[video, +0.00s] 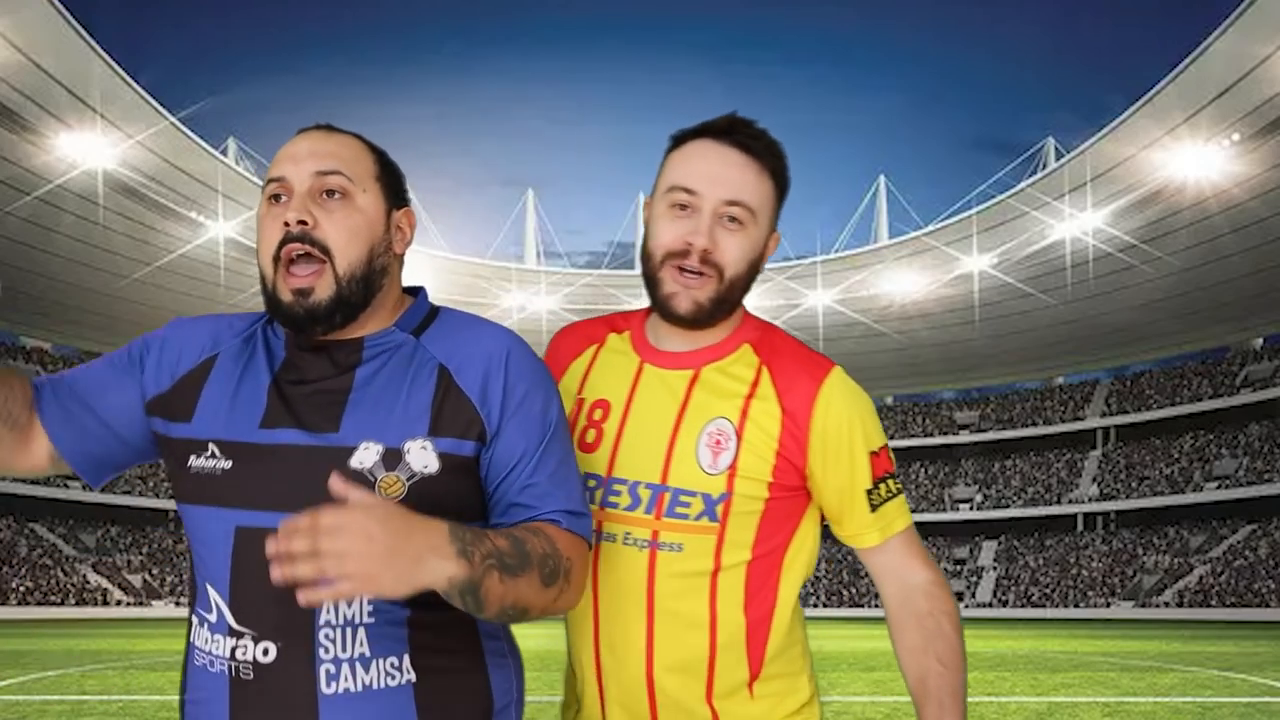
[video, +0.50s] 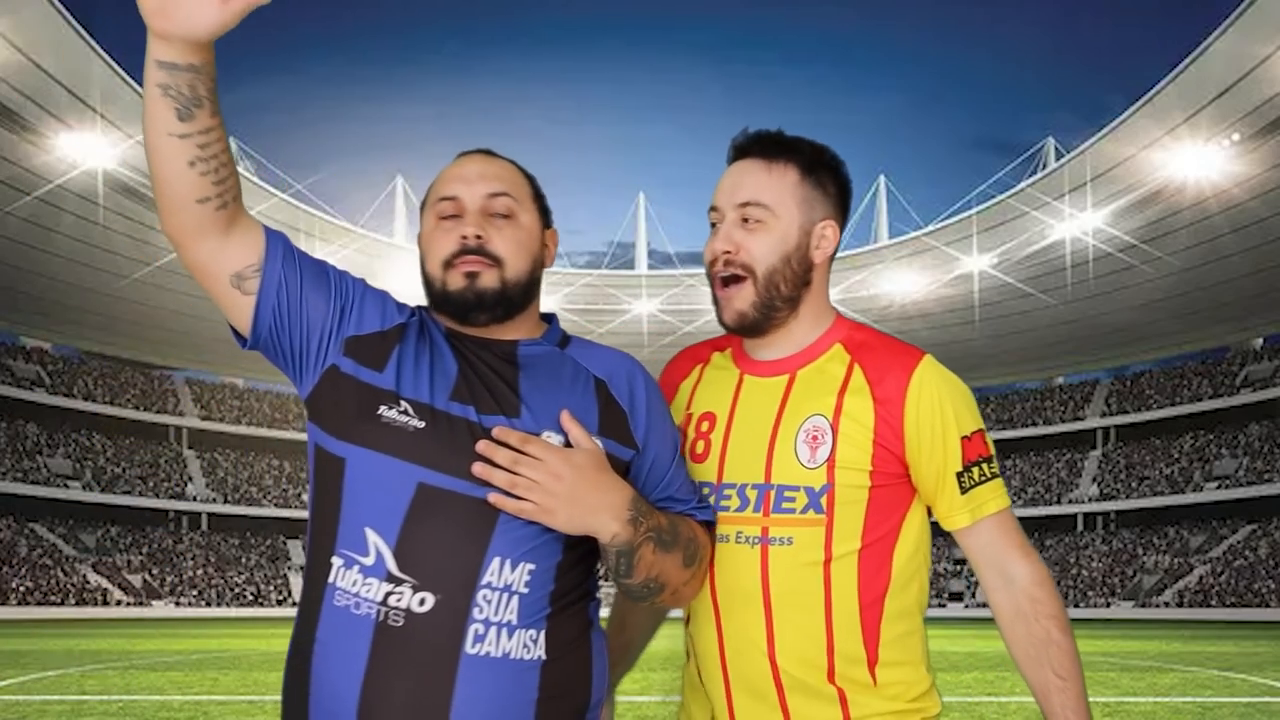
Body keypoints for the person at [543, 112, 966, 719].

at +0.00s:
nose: (698, 240)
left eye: (733, 220)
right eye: (681, 206)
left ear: (767, 248)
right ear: (647, 215)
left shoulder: (816, 397)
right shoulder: (571, 357)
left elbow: (912, 590)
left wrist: (944, 714)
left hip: (755, 706)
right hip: (593, 705)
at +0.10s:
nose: (711, 245)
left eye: (747, 227)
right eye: (697, 213)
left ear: (785, 256)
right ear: (670, 220)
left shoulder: (836, 400)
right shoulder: (593, 367)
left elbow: (935, 592)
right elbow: (526, 534)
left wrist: (984, 714)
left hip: (783, 706)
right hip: (621, 705)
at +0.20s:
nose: (684, 241)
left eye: (723, 224)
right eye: (683, 213)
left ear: (783, 256)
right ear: (671, 217)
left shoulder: (851, 393)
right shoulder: (609, 377)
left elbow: (952, 583)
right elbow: (552, 554)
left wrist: (1007, 712)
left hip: (820, 705)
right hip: (657, 705)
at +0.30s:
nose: (671, 243)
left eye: (705, 225)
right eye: (677, 221)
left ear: (779, 255)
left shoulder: (871, 391)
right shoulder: (627, 390)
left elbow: (970, 570)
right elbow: (584, 569)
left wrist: (1032, 712)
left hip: (847, 705)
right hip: (683, 706)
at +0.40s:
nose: (693, 246)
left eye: (725, 224)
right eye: (694, 224)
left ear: (798, 246)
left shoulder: (891, 386)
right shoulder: (654, 387)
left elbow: (990, 572)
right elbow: (619, 577)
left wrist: (1052, 712)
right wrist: (573, 697)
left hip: (865, 705)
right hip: (703, 705)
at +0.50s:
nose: (718, 246)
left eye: (751, 220)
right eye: (715, 224)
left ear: (821, 242)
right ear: (707, 238)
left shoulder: (910, 387)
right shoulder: (684, 381)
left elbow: (1012, 577)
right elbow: (655, 561)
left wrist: (1071, 717)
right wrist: (589, 689)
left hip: (872, 708)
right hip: (713, 709)